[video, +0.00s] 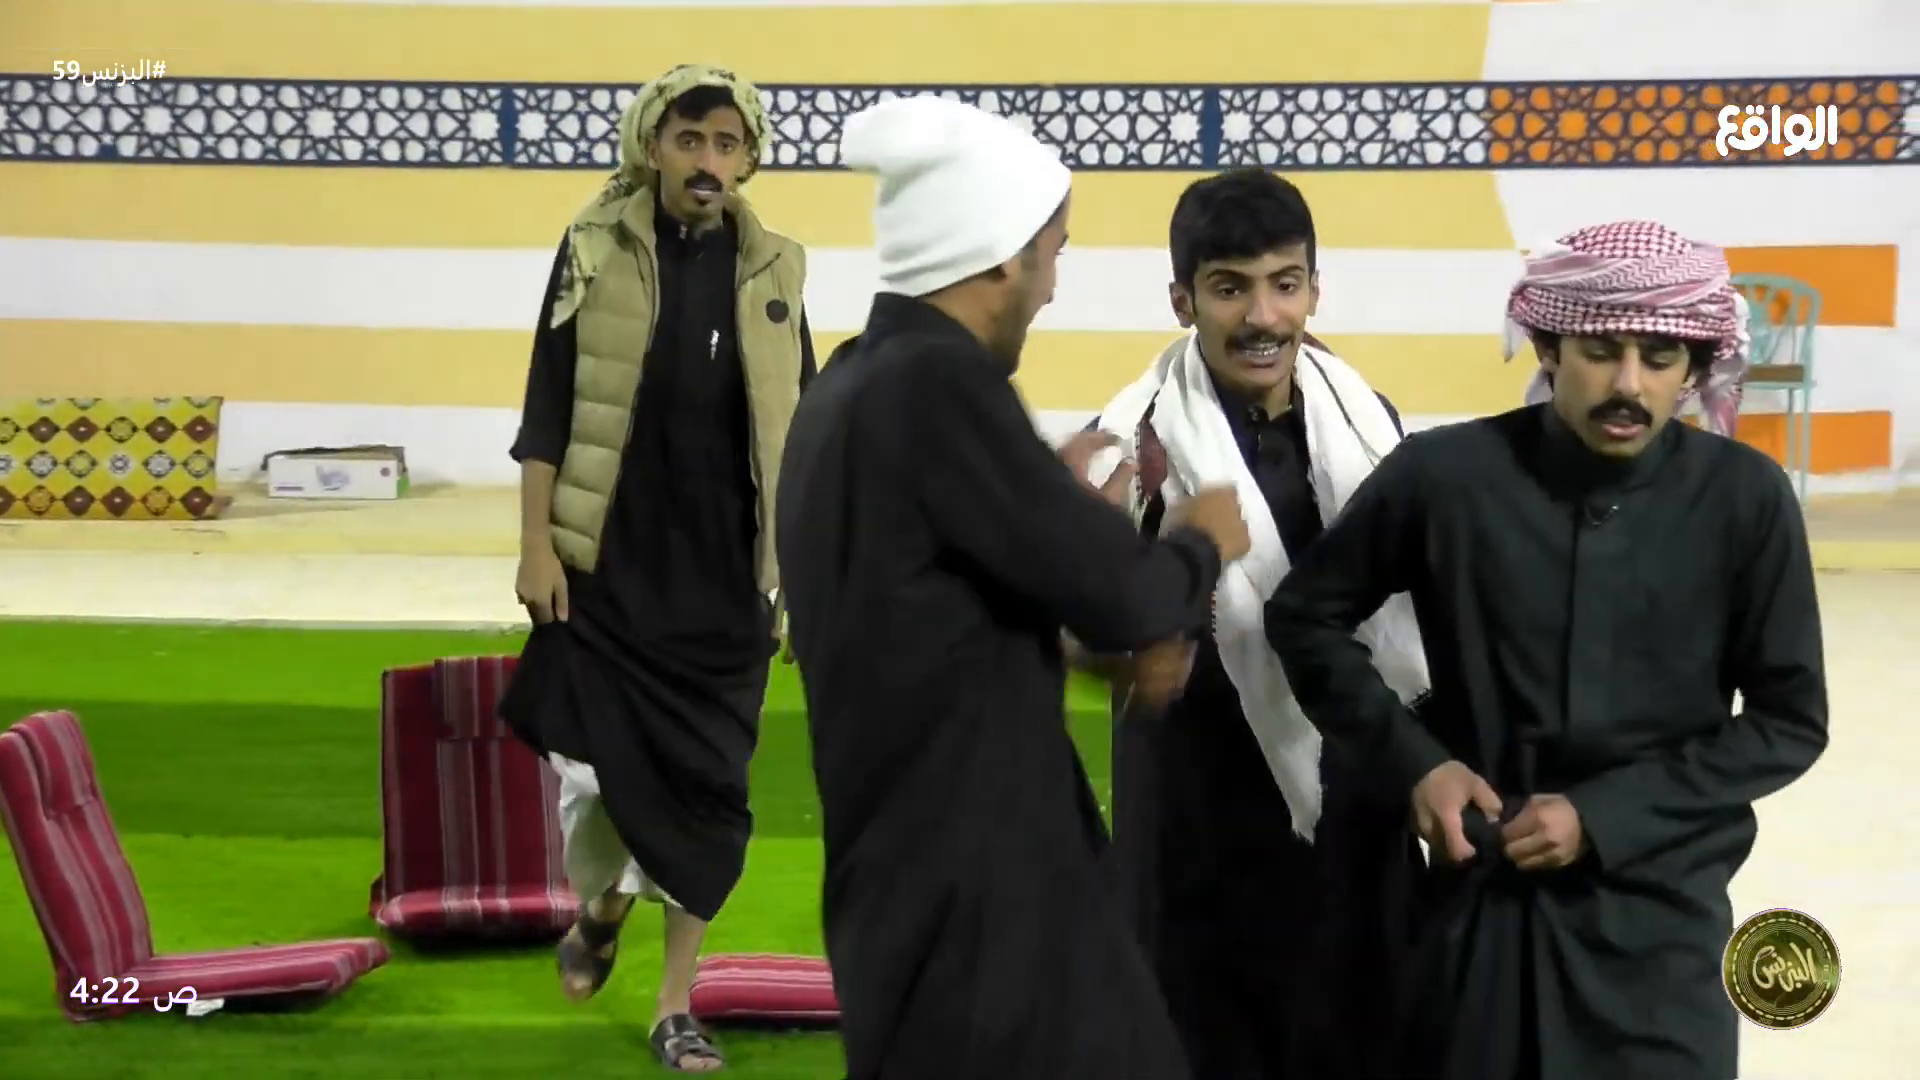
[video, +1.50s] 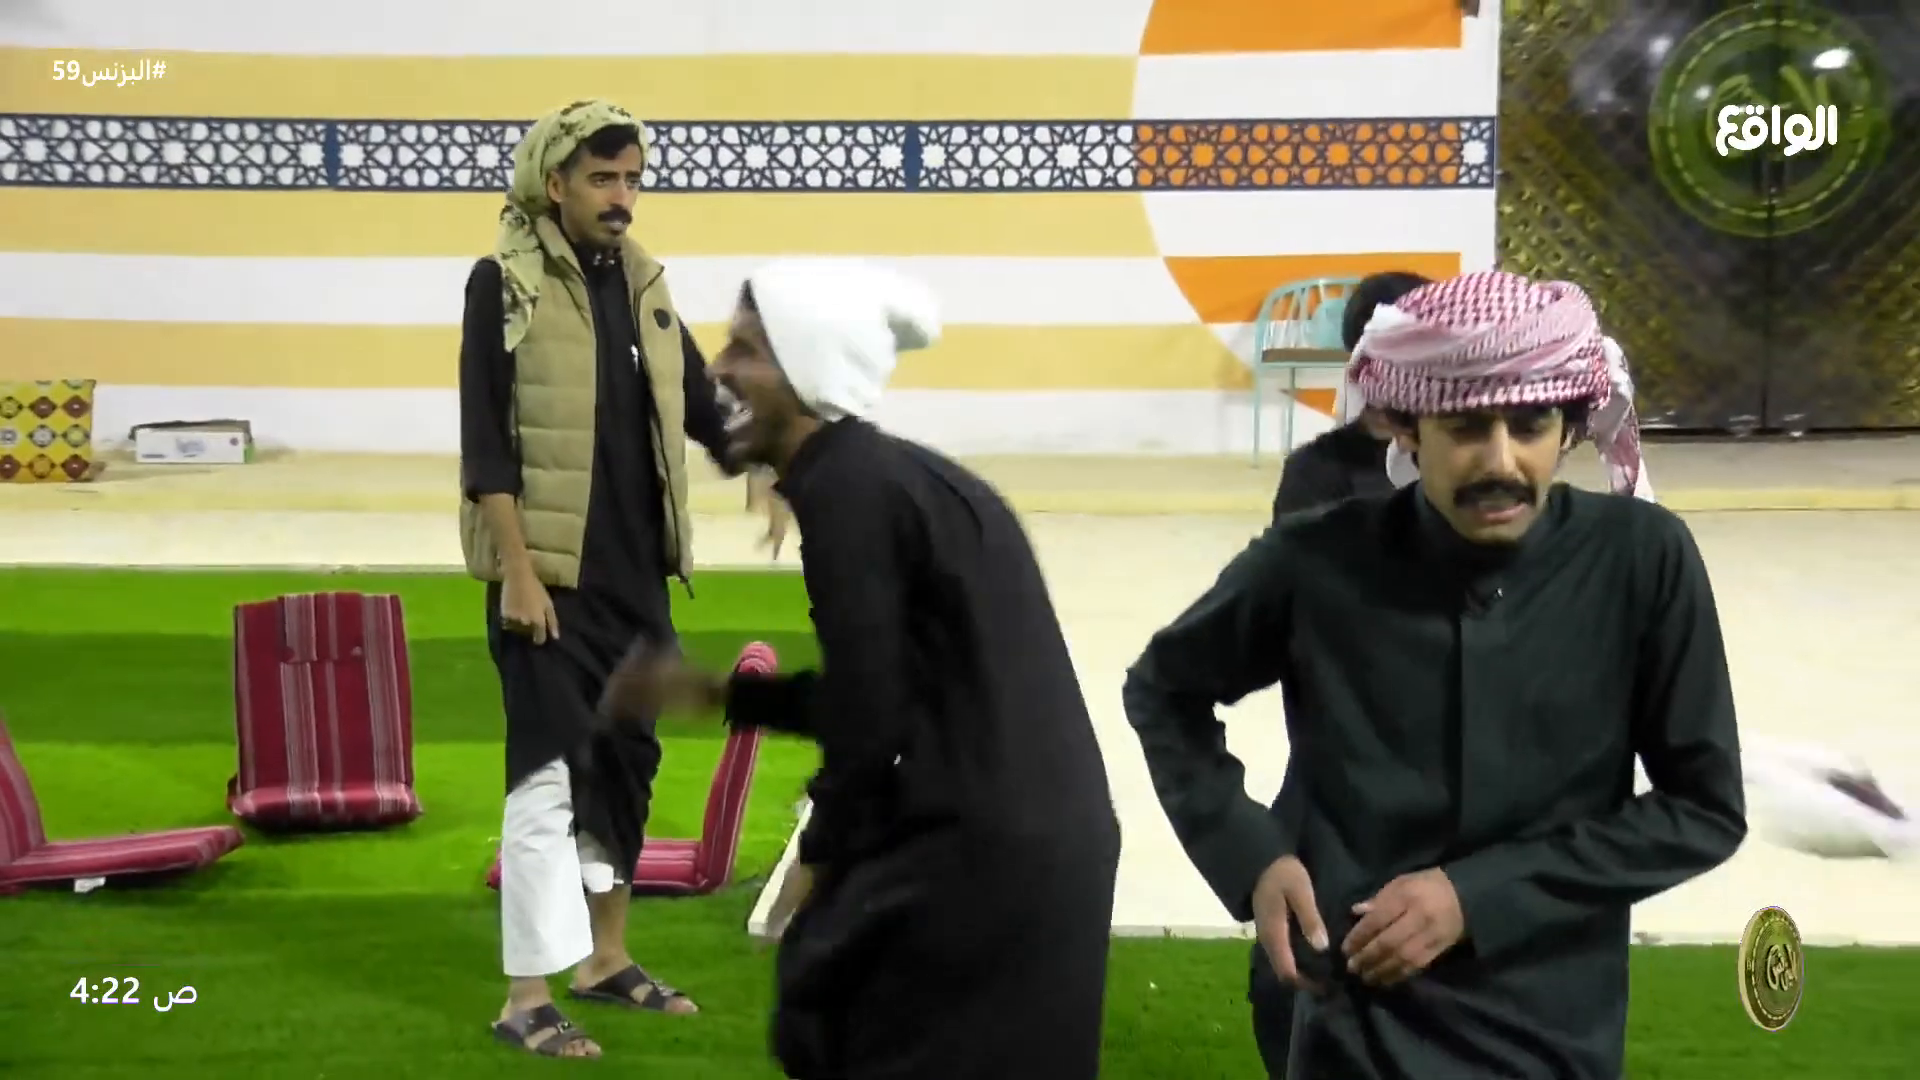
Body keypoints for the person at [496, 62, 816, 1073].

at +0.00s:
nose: (709, 159)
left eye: (728, 143)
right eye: (690, 139)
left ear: (751, 157)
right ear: (650, 146)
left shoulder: (774, 264)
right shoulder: (595, 248)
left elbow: (802, 413)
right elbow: (546, 404)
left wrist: (804, 560)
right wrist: (537, 538)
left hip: (732, 568)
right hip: (613, 561)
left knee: (711, 785)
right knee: (600, 773)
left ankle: (675, 1007)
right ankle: (604, 900)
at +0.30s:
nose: (631, 179)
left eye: (649, 160)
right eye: (610, 162)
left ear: (680, 172)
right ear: (579, 179)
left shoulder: (723, 280)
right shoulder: (540, 285)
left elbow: (786, 398)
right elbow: (515, 434)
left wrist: (788, 509)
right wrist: (519, 572)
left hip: (685, 586)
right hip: (570, 580)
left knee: (655, 806)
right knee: (583, 796)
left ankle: (608, 962)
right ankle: (600, 1025)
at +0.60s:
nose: (582, 180)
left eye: (598, 160)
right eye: (559, 165)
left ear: (630, 169)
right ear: (531, 182)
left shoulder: (678, 279)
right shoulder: (498, 287)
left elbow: (722, 427)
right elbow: (470, 444)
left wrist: (756, 562)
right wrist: (467, 586)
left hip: (652, 589)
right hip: (529, 591)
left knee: (663, 799)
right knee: (535, 815)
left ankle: (605, 921)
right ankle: (554, 1038)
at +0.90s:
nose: (640, 207)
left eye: (658, 191)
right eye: (621, 187)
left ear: (673, 199)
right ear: (579, 190)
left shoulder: (688, 299)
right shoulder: (521, 292)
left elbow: (735, 437)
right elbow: (489, 448)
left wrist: (779, 566)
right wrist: (484, 591)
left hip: (665, 603)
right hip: (547, 602)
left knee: (675, 804)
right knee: (536, 812)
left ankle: (649, 1031)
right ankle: (518, 1006)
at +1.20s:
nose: (665, 197)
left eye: (679, 181)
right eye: (647, 177)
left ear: (690, 191)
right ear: (597, 177)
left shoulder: (691, 283)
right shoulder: (538, 274)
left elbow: (768, 393)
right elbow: (506, 424)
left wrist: (744, 364)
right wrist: (527, 553)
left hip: (668, 573)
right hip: (571, 569)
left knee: (651, 777)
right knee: (585, 779)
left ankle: (625, 995)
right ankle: (495, 970)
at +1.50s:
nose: (624, 198)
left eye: (634, 182)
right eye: (606, 180)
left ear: (638, 185)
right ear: (553, 179)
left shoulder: (641, 283)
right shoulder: (503, 284)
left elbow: (701, 402)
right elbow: (484, 438)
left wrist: (765, 453)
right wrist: (517, 566)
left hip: (639, 570)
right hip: (543, 571)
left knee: (625, 758)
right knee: (547, 773)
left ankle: (604, 961)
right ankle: (526, 996)